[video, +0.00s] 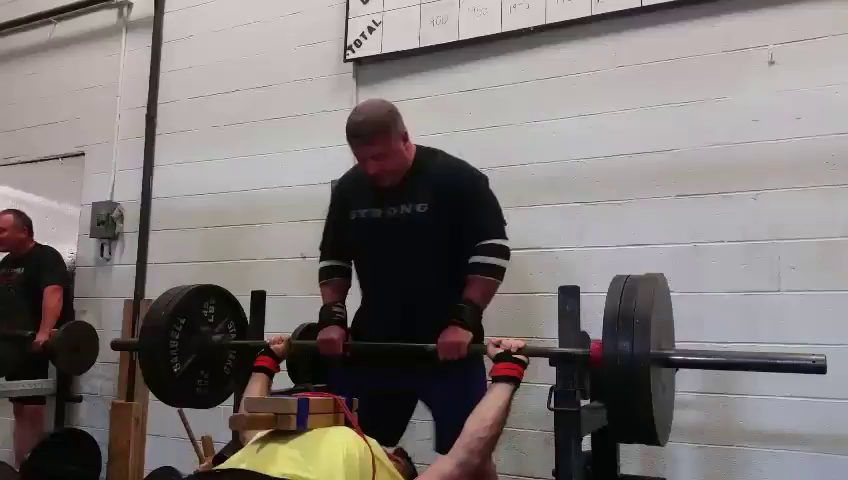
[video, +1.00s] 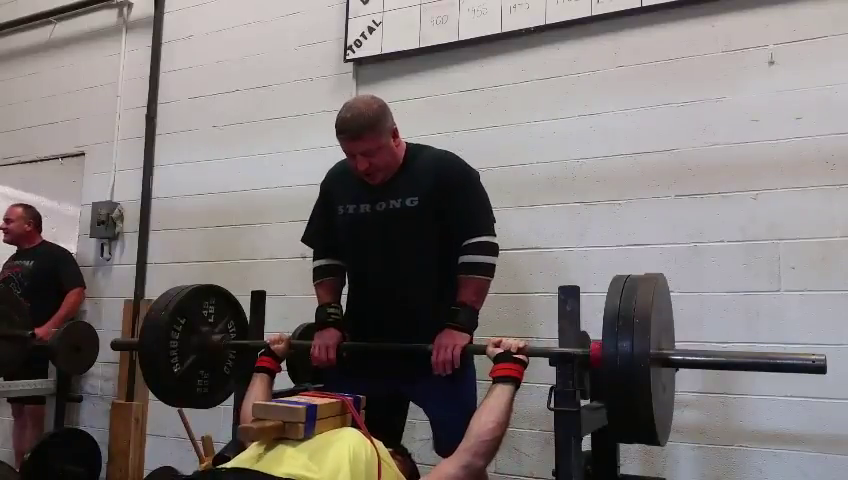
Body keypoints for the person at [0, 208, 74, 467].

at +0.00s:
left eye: (4, 230)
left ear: (23, 232)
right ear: (16, 233)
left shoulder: (46, 256)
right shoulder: (6, 263)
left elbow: (54, 294)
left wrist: (45, 330)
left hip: (34, 342)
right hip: (11, 342)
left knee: (33, 409)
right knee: (19, 408)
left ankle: (32, 467)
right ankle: (21, 465)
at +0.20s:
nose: (3, 227)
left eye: (9, 223)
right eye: (3, 223)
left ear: (30, 227)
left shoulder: (51, 256)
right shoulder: (9, 262)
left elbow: (56, 295)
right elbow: (6, 301)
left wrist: (44, 332)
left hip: (34, 344)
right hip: (12, 343)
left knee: (33, 411)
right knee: (19, 409)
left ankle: (33, 470)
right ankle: (21, 469)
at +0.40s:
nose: (7, 233)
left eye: (12, 227)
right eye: (6, 228)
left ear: (33, 227)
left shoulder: (59, 257)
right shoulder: (12, 262)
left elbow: (65, 294)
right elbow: (7, 296)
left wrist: (33, 317)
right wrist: (9, 319)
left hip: (40, 345)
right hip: (15, 344)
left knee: (34, 411)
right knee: (19, 410)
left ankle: (36, 471)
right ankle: (20, 470)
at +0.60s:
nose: (7, 238)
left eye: (11, 232)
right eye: (5, 233)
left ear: (32, 229)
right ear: (25, 231)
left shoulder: (59, 255)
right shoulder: (14, 263)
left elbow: (78, 287)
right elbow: (8, 297)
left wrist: (44, 303)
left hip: (40, 346)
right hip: (14, 345)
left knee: (34, 411)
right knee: (18, 411)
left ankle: (33, 471)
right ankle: (20, 470)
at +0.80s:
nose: (4, 230)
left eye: (10, 225)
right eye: (5, 225)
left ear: (31, 228)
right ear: (25, 229)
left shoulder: (59, 256)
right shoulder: (13, 261)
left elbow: (77, 294)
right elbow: (8, 297)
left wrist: (47, 318)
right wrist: (11, 318)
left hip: (39, 345)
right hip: (14, 344)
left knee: (34, 410)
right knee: (18, 410)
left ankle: (34, 471)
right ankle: (20, 470)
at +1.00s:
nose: (3, 226)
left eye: (9, 221)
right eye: (4, 221)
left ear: (29, 226)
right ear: (24, 227)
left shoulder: (57, 254)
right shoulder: (12, 260)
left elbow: (77, 292)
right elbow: (9, 299)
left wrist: (51, 327)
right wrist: (8, 328)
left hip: (38, 344)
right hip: (13, 343)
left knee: (34, 411)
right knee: (17, 410)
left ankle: (33, 472)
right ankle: (19, 470)